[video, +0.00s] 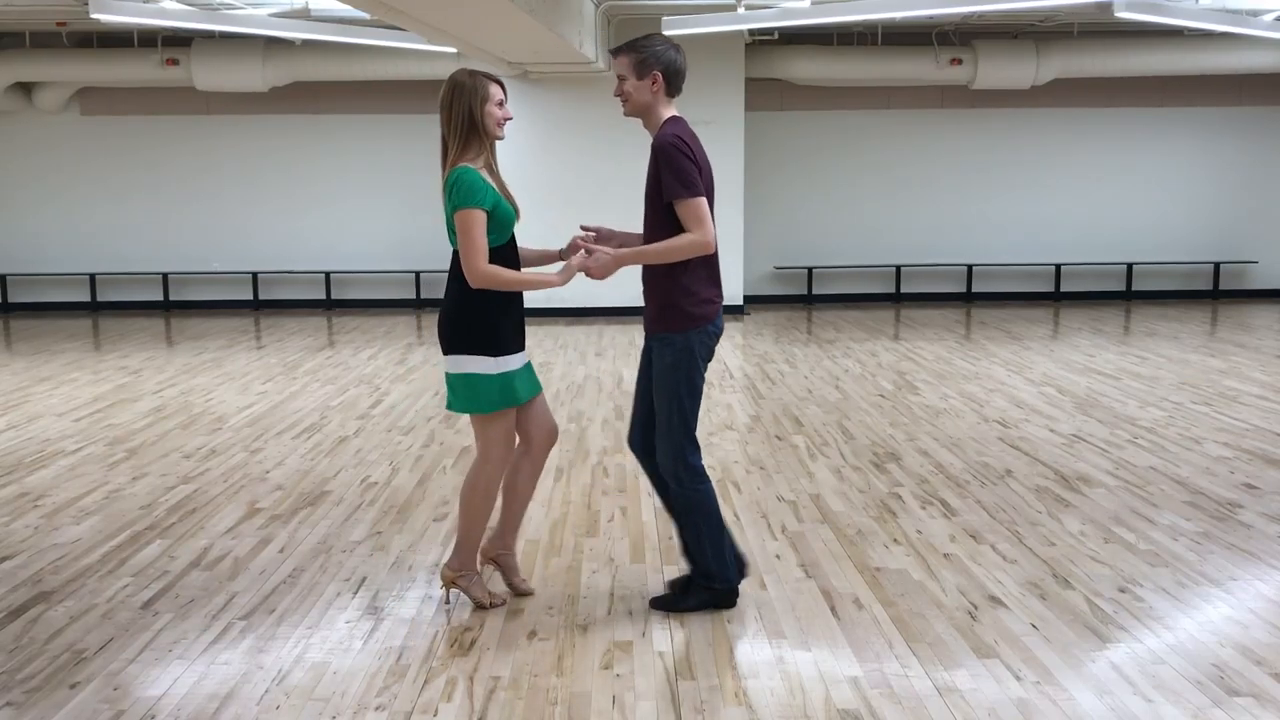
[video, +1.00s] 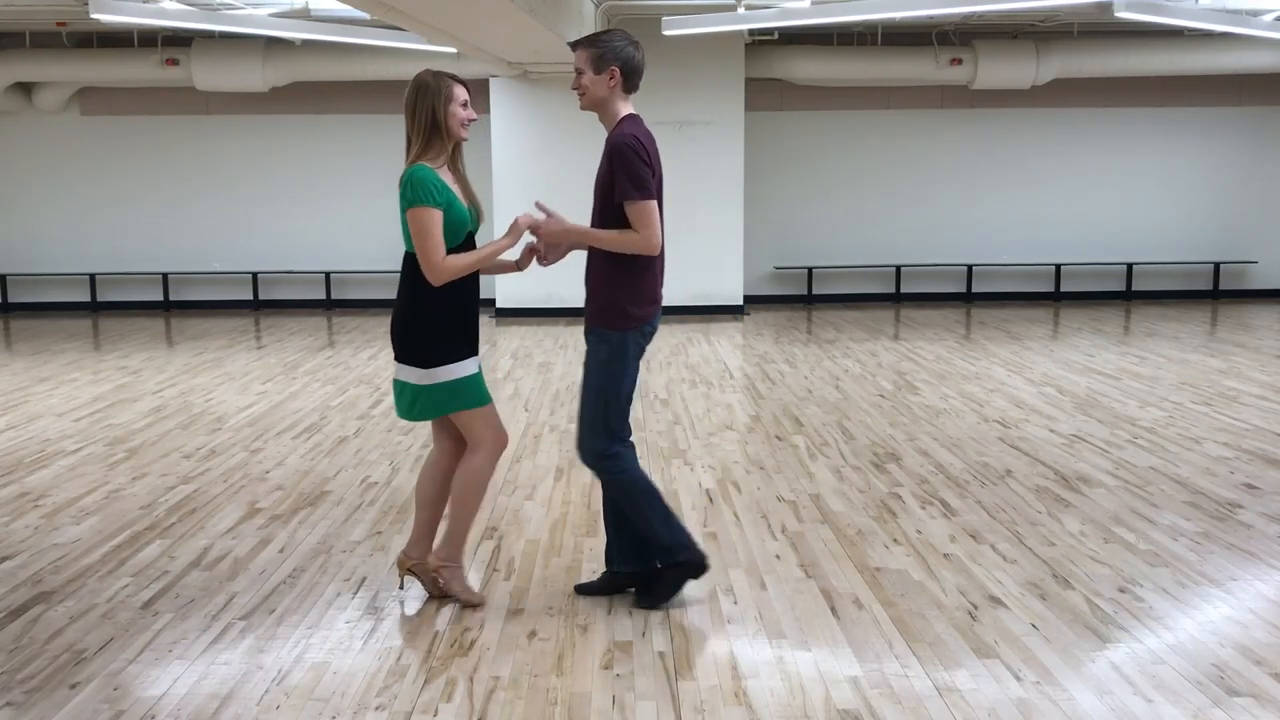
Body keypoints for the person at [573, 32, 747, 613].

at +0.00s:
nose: (616, 92)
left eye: (622, 81)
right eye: (615, 82)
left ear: (656, 81)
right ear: (653, 84)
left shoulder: (673, 143)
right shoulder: (669, 139)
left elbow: (702, 238)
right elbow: (676, 235)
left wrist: (622, 259)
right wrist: (616, 240)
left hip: (686, 324)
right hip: (672, 323)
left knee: (672, 447)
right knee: (646, 439)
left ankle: (716, 578)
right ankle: (717, 557)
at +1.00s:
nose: (573, 85)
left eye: (580, 74)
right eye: (573, 75)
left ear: (612, 77)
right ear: (612, 79)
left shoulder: (628, 139)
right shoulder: (625, 136)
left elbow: (648, 240)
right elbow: (626, 233)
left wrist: (574, 235)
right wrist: (568, 234)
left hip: (622, 318)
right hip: (615, 315)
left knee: (600, 446)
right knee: (607, 443)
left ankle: (678, 556)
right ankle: (630, 566)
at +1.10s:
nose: (565, 84)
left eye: (572, 74)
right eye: (566, 74)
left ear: (603, 77)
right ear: (604, 78)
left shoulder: (620, 143)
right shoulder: (616, 139)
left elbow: (641, 242)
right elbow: (619, 236)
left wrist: (560, 251)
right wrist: (556, 254)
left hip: (610, 320)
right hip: (611, 316)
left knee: (570, 442)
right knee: (606, 436)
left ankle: (628, 569)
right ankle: (637, 567)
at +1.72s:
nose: (551, 83)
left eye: (559, 73)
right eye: (552, 74)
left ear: (590, 75)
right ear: (590, 77)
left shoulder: (610, 140)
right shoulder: (603, 136)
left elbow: (628, 239)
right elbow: (605, 236)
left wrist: (549, 254)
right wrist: (543, 259)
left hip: (600, 318)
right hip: (595, 315)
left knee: (558, 440)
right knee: (587, 437)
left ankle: (571, 578)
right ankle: (630, 562)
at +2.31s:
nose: (607, 88)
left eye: (613, 77)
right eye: (607, 78)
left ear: (645, 78)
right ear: (645, 80)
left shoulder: (663, 141)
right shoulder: (663, 137)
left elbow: (687, 239)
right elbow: (667, 236)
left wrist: (607, 263)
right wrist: (607, 241)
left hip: (677, 322)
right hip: (660, 320)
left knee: (668, 446)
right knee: (636, 436)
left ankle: (713, 580)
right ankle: (685, 565)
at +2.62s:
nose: (621, 84)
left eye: (628, 73)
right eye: (620, 74)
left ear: (659, 75)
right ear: (661, 77)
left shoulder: (679, 140)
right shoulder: (680, 134)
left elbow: (709, 238)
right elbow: (691, 225)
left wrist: (632, 253)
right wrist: (633, 226)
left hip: (696, 318)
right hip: (706, 314)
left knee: (687, 446)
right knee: (714, 435)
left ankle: (714, 575)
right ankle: (774, 557)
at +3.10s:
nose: (596, 84)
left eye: (603, 72)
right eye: (597, 73)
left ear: (635, 75)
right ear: (634, 77)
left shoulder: (652, 136)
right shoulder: (649, 133)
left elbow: (672, 234)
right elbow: (655, 221)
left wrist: (595, 211)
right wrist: (596, 211)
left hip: (666, 319)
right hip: (643, 318)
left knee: (669, 444)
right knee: (622, 435)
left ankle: (713, 576)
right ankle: (666, 559)